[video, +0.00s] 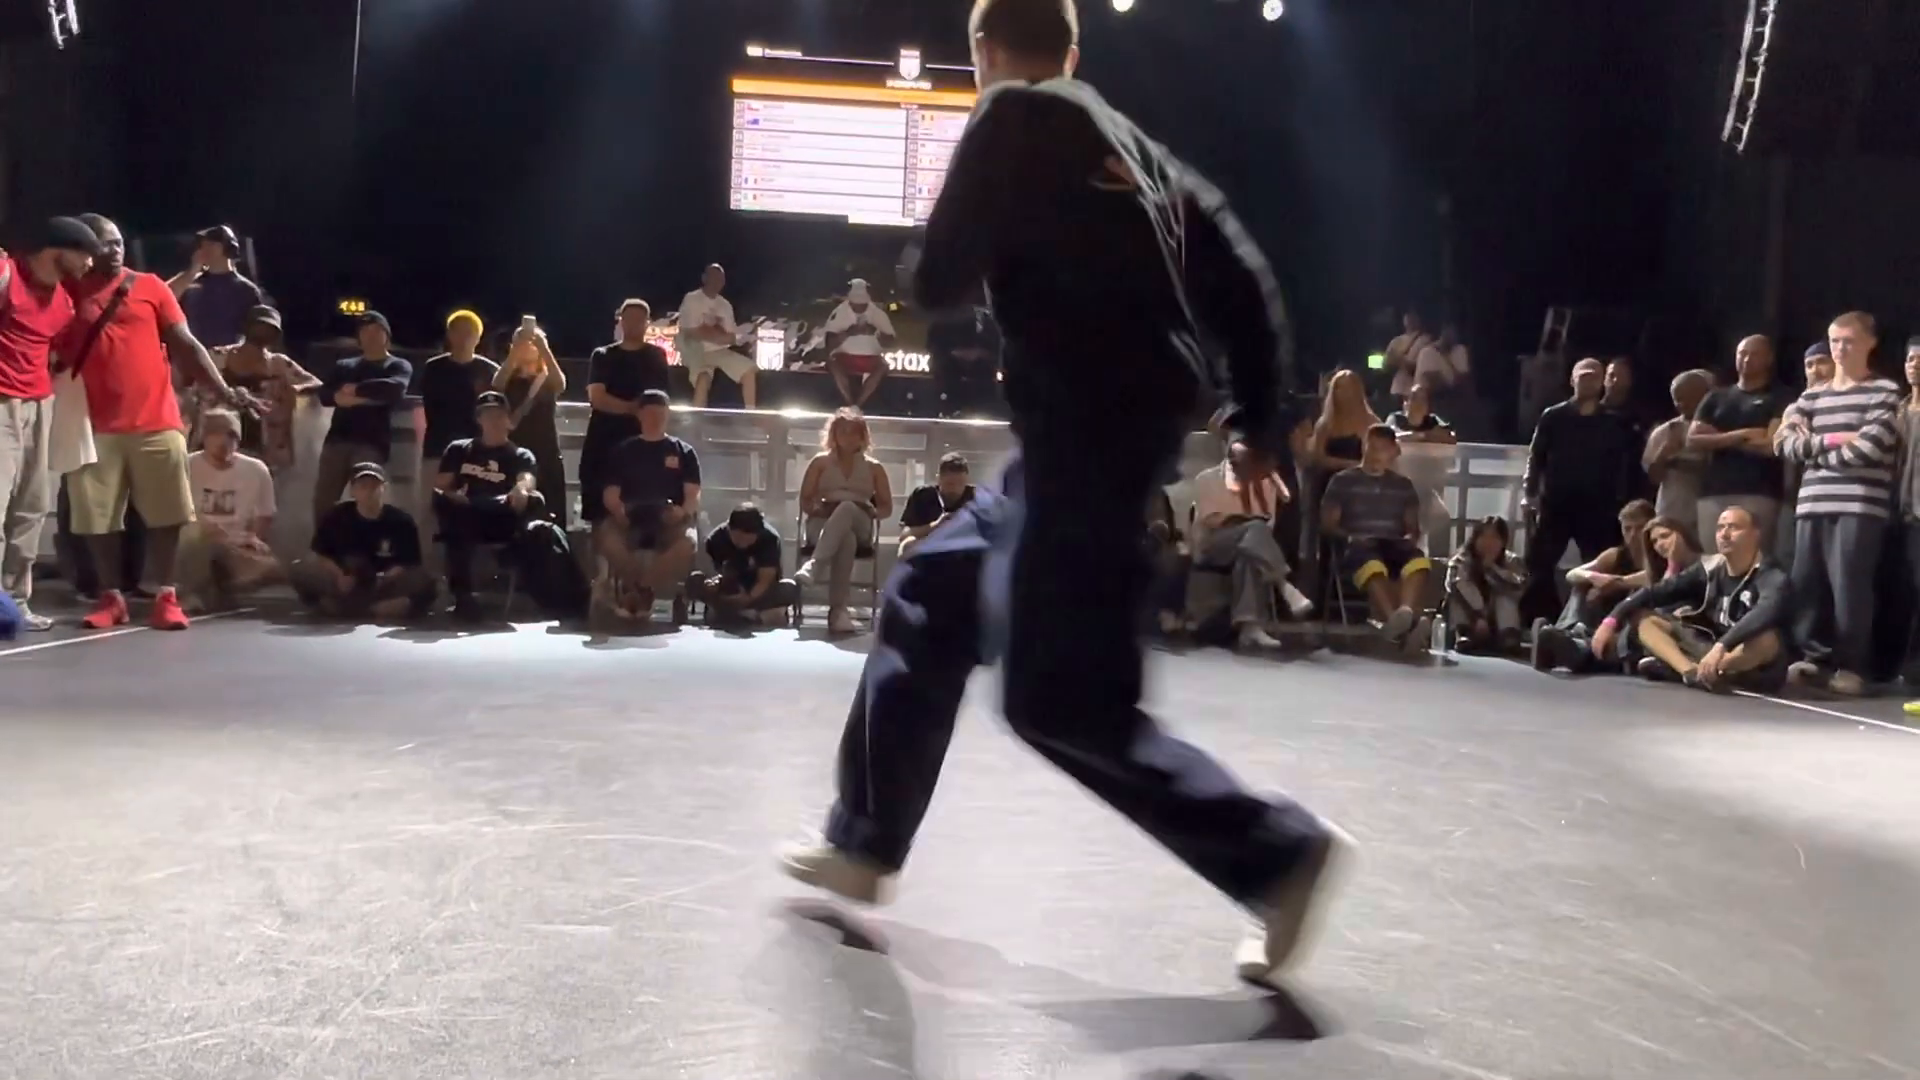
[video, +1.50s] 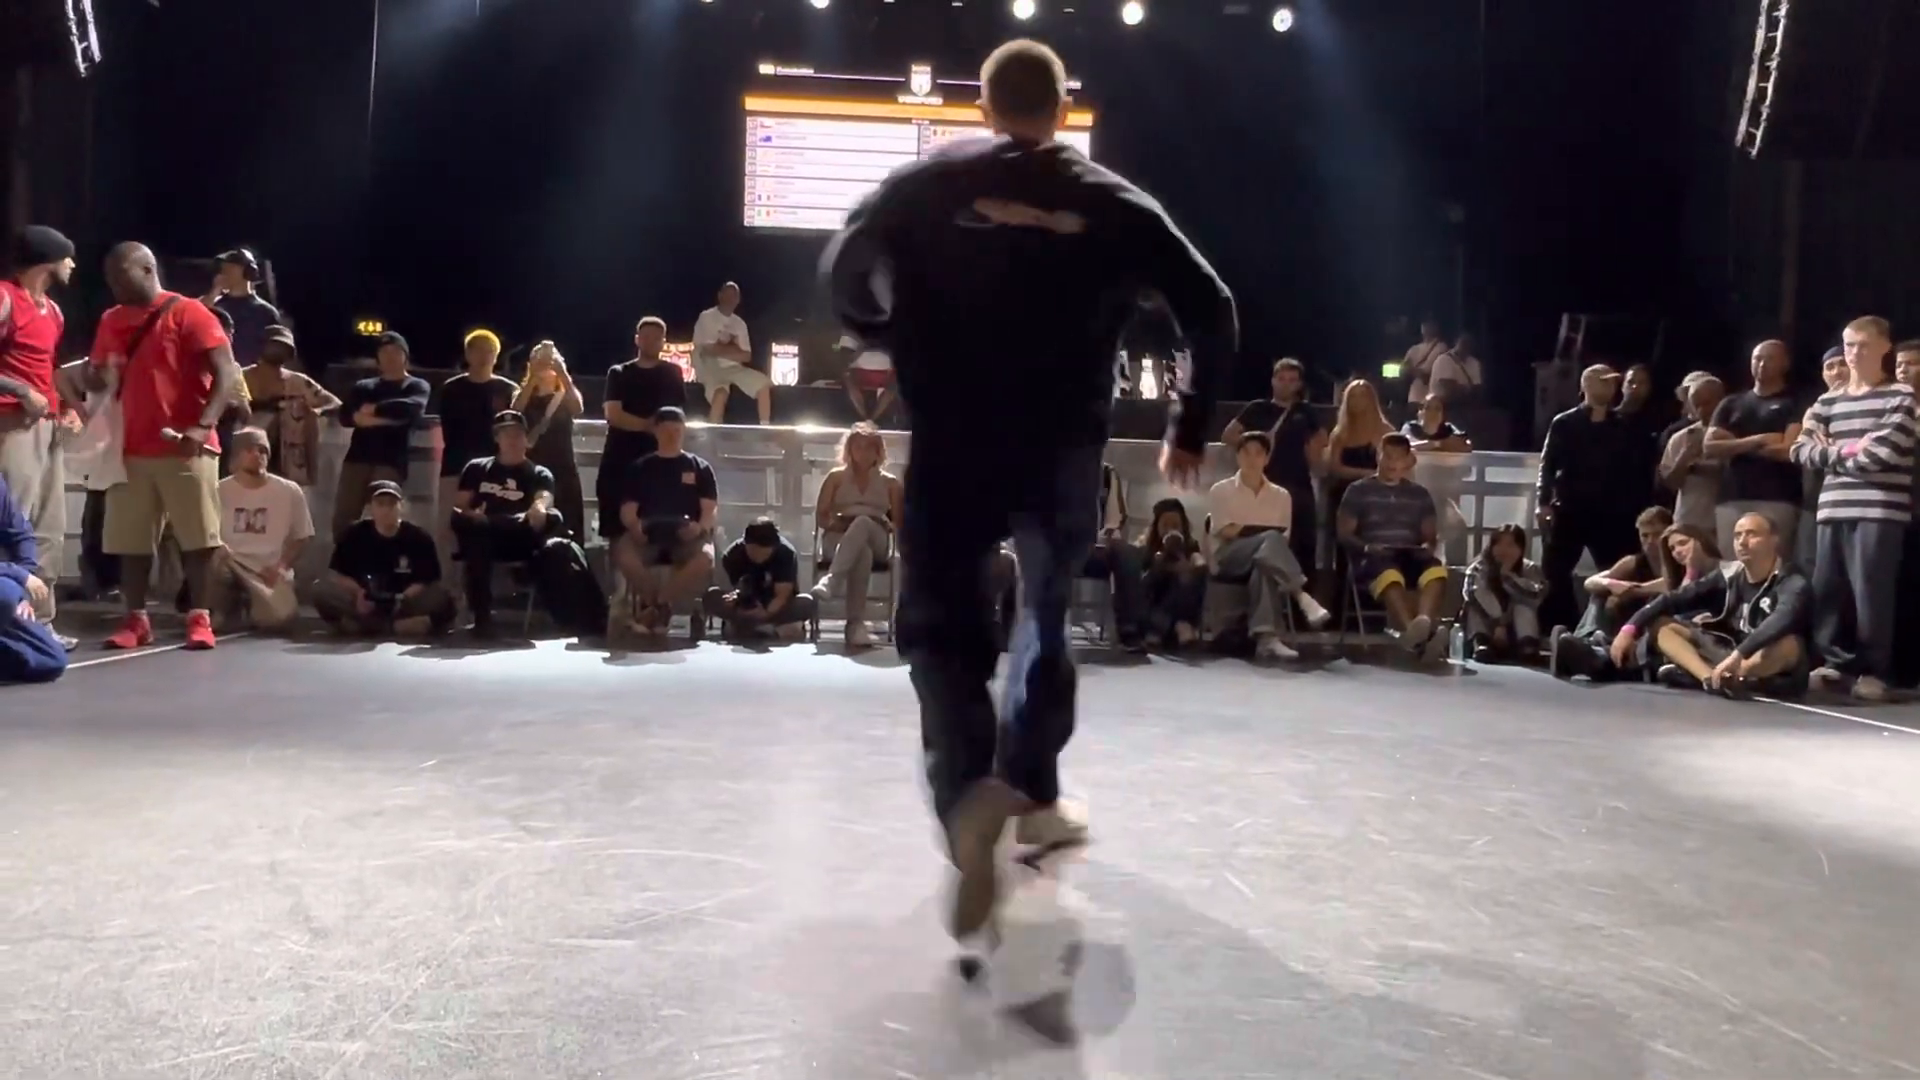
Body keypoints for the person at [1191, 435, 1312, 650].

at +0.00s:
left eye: (1255, 462)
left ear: (1259, 461)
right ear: (1232, 460)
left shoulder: (1267, 483)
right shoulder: (1207, 481)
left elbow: (1268, 524)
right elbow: (1209, 520)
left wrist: (1230, 519)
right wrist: (1251, 522)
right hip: (1212, 546)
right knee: (1257, 529)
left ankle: (1250, 627)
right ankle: (1284, 586)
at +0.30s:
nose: (1243, 459)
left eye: (1249, 454)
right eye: (1238, 453)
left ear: (1256, 460)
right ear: (1229, 457)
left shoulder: (1270, 496)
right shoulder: (1211, 491)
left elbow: (1271, 537)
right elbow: (1210, 534)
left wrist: (1230, 531)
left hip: (1258, 560)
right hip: (1218, 559)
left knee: (1252, 569)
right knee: (1261, 539)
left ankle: (1256, 638)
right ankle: (1290, 597)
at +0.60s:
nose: (1241, 458)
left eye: (1247, 453)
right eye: (1236, 452)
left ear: (1256, 459)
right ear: (1229, 456)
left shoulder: (1271, 496)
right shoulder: (1211, 490)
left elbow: (1272, 536)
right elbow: (1214, 532)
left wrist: (1230, 530)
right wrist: (1261, 532)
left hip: (1259, 559)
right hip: (1219, 558)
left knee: (1253, 566)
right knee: (1262, 538)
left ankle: (1257, 637)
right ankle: (1292, 596)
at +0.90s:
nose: (1244, 459)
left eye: (1251, 454)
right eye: (1239, 454)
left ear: (1259, 460)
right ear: (1231, 457)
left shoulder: (1274, 497)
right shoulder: (1214, 491)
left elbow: (1275, 537)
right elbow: (1217, 534)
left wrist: (1233, 531)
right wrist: (1264, 533)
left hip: (1262, 559)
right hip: (1222, 559)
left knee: (1255, 568)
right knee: (1264, 539)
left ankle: (1260, 638)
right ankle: (1295, 597)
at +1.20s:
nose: (1247, 457)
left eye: (1254, 452)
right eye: (1242, 451)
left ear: (1263, 458)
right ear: (1234, 455)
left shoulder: (1277, 495)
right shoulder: (1217, 489)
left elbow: (1279, 535)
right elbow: (1221, 531)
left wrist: (1237, 529)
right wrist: (1267, 531)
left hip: (1265, 558)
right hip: (1225, 556)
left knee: (1259, 565)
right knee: (1268, 538)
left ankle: (1263, 637)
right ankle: (1299, 596)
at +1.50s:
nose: (1251, 458)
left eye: (1258, 453)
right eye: (1246, 453)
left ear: (1266, 459)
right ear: (1238, 457)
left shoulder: (1281, 496)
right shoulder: (1221, 490)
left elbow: (1282, 537)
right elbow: (1226, 532)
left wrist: (1240, 530)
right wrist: (1271, 533)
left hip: (1269, 559)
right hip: (1229, 557)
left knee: (1263, 566)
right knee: (1272, 539)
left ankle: (1267, 638)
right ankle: (1302, 596)